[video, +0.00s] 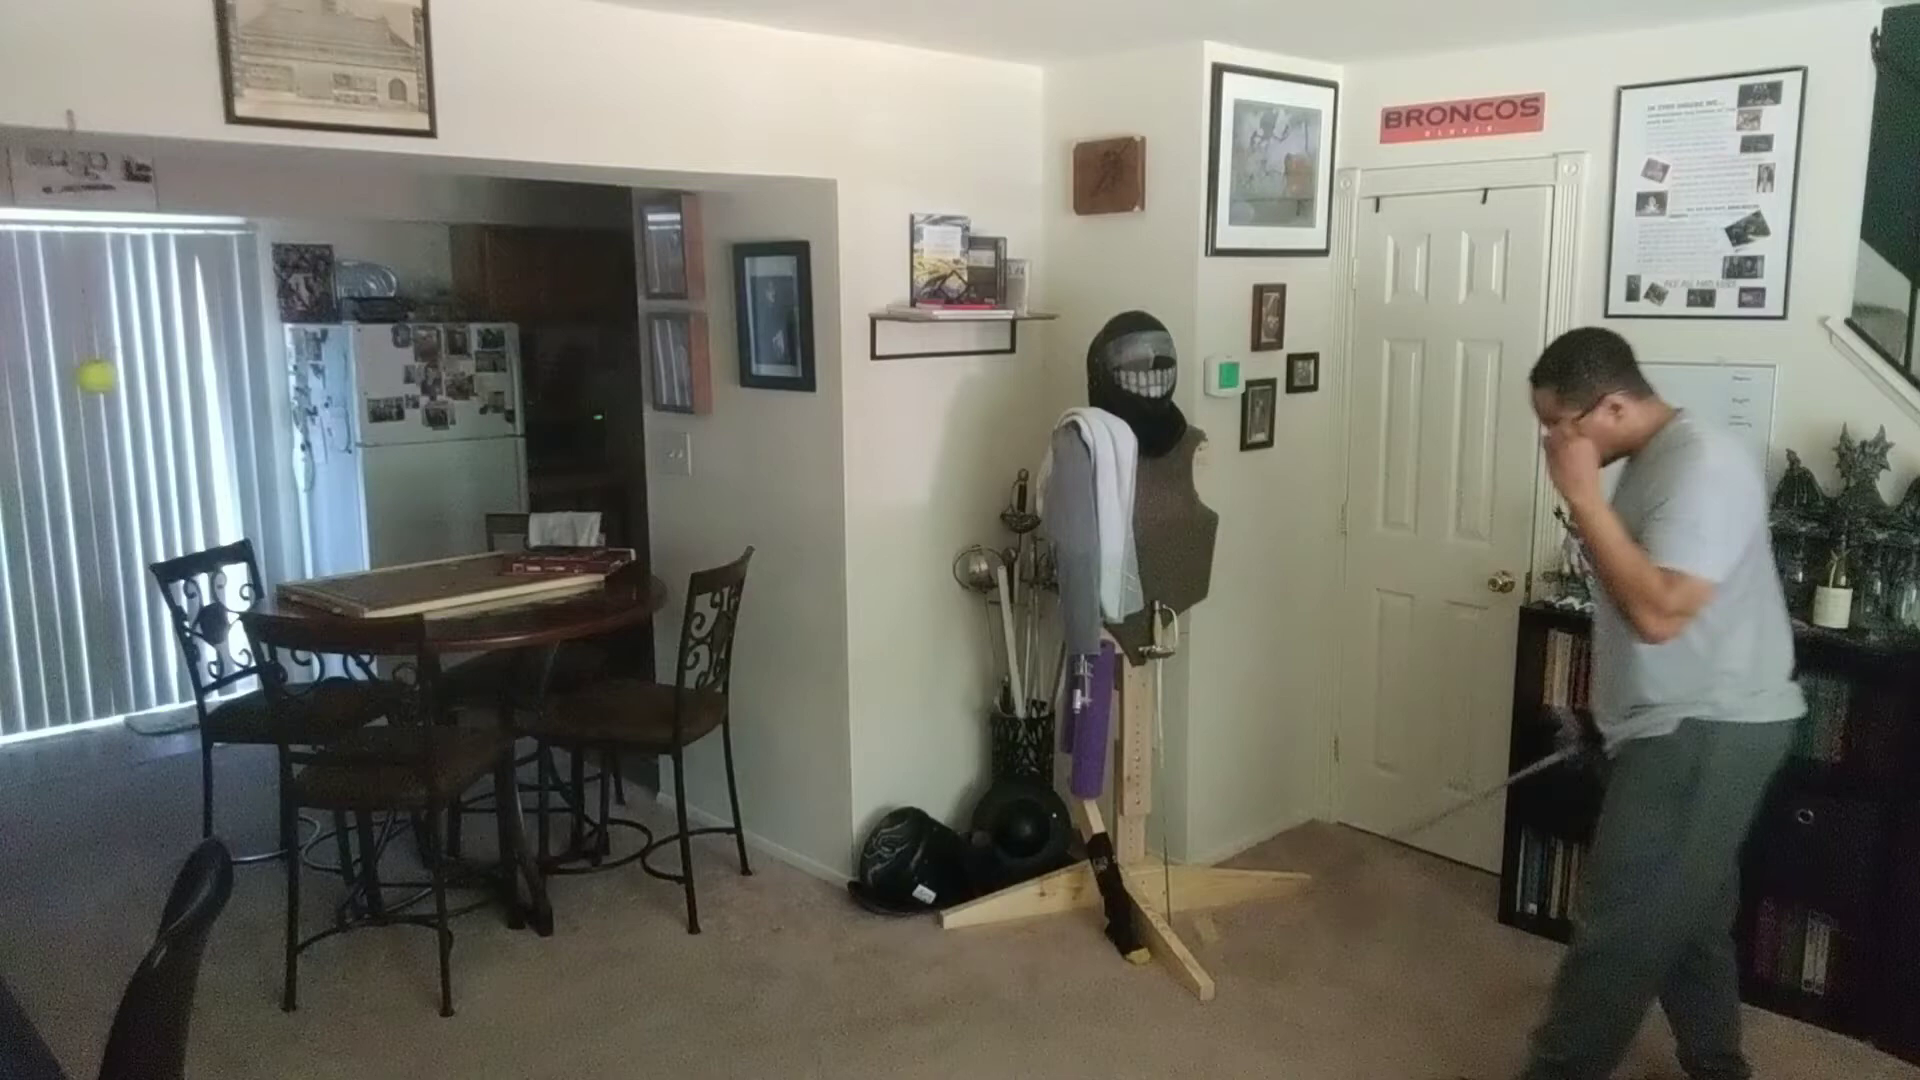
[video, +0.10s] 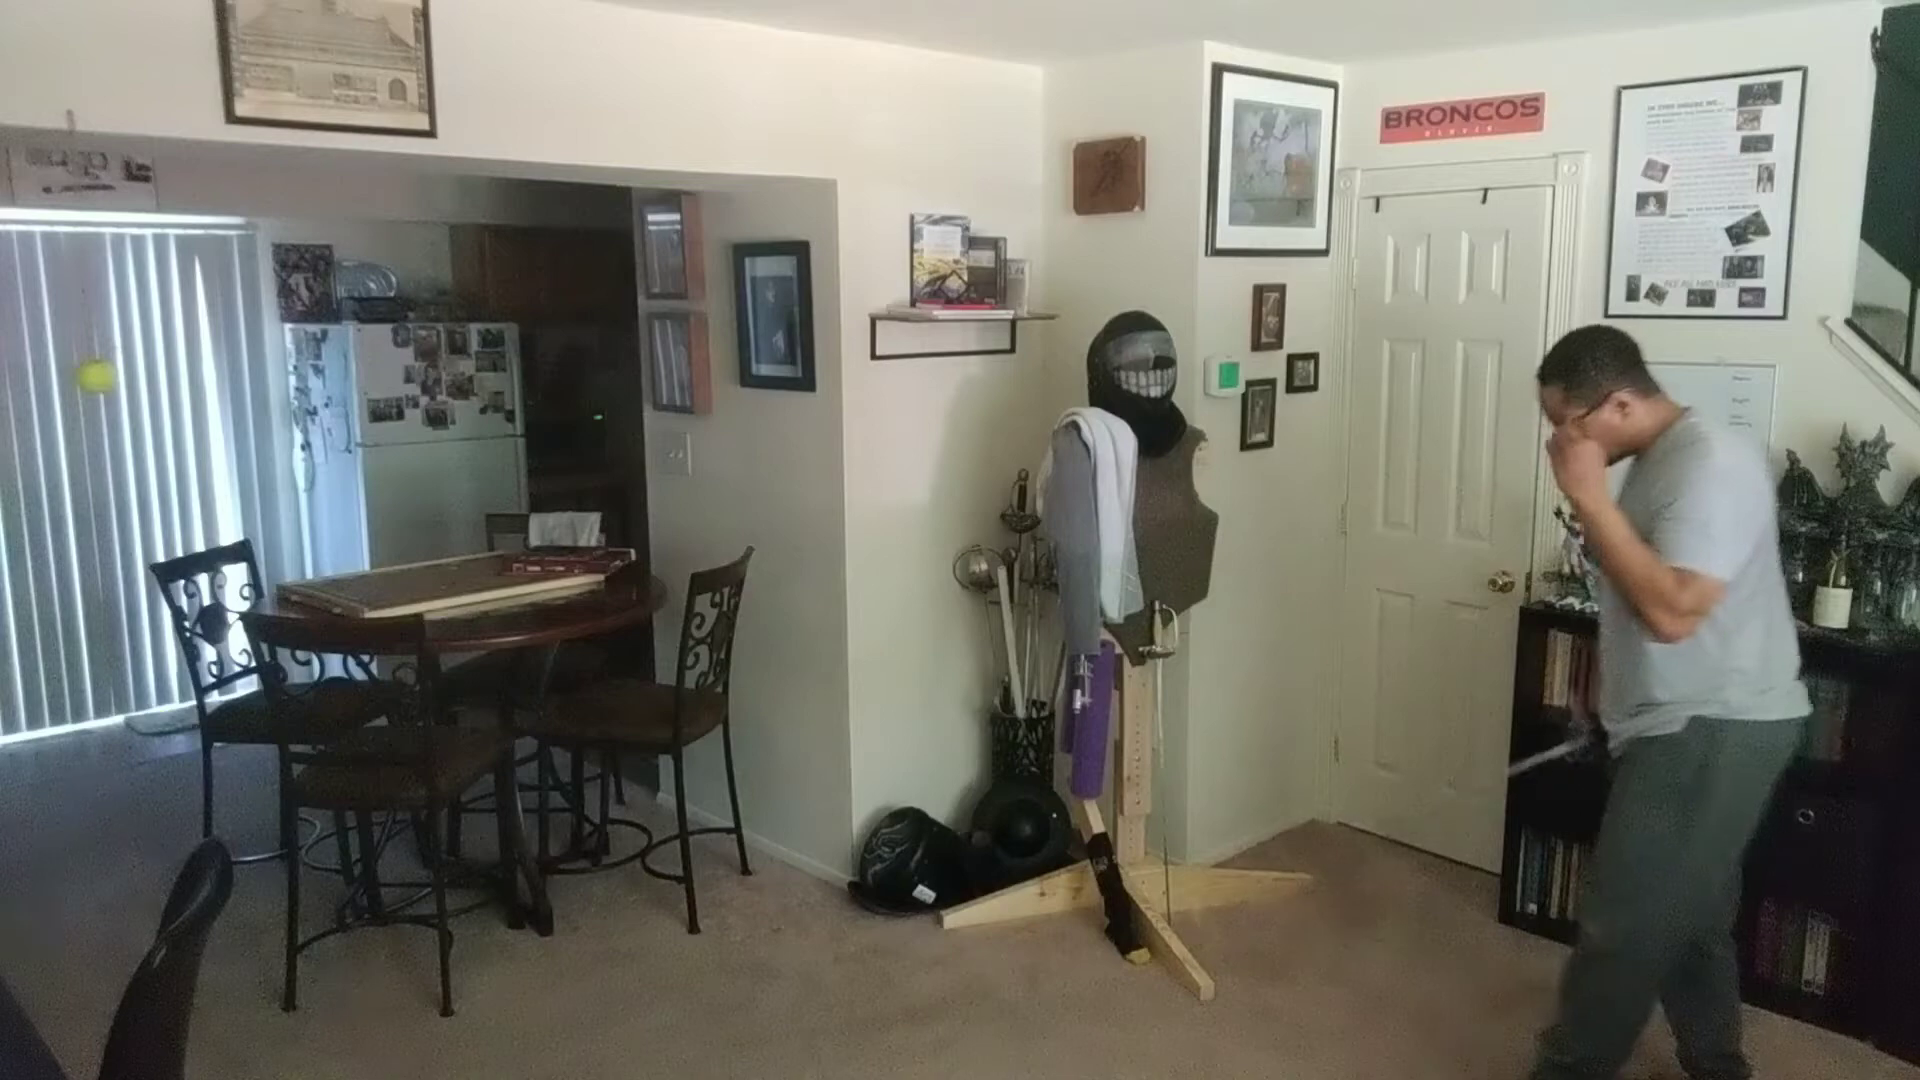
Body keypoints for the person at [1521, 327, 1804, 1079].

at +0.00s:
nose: (1553, 443)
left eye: (1558, 425)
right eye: (1548, 428)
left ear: (1610, 405)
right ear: (1613, 404)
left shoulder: (1709, 462)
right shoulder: (1642, 469)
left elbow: (1658, 612)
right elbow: (1652, 606)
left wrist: (1585, 498)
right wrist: (1612, 702)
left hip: (1710, 728)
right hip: (1671, 721)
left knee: (1620, 933)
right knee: (1691, 925)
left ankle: (1560, 1067)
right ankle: (1717, 1067)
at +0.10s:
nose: (1562, 440)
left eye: (1567, 422)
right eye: (1558, 425)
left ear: (1616, 403)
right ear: (1620, 401)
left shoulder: (1718, 460)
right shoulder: (1646, 469)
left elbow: (1673, 610)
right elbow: (1656, 601)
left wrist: (1591, 496)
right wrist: (1621, 701)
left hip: (1717, 724)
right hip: (1677, 718)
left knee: (1627, 919)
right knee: (1689, 914)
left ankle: (1573, 1063)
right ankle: (1717, 1064)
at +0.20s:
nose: (1589, 435)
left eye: (1593, 418)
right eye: (1582, 421)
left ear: (1642, 394)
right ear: (1644, 394)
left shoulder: (1736, 459)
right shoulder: (1674, 460)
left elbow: (1715, 608)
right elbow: (1679, 587)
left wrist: (1590, 521)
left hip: (1728, 722)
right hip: (1688, 714)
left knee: (1633, 919)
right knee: (1696, 915)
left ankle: (1601, 1066)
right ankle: (1719, 1064)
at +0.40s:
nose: (1615, 423)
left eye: (1621, 405)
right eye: (1608, 408)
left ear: (1678, 381)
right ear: (1678, 384)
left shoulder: (1746, 460)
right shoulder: (1700, 458)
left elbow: (1716, 603)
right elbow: (1690, 596)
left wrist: (1539, 622)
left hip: (1731, 738)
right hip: (1697, 731)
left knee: (1671, 952)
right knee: (1676, 946)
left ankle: (1673, 1070)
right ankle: (1705, 1065)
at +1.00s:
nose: (1594, 434)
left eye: (1596, 417)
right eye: (1587, 421)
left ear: (1648, 394)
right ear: (1650, 393)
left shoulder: (1732, 475)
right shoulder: (1662, 470)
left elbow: (1739, 624)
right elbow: (1591, 526)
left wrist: (1606, 715)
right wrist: (1501, 558)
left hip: (1676, 775)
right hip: (1637, 765)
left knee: (1629, 984)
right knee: (1666, 963)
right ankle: (1700, 1064)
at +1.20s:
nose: (1580, 436)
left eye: (1585, 418)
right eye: (1575, 422)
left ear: (1641, 396)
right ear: (1636, 398)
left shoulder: (1727, 484)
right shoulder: (1623, 472)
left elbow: (1761, 646)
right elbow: (1558, 529)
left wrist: (1644, 736)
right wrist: (1462, 577)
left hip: (1657, 792)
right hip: (1577, 775)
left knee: (1623, 1011)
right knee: (1571, 944)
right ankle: (1675, 1054)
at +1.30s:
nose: (1573, 435)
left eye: (1578, 418)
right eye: (1567, 421)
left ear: (1636, 397)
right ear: (1629, 399)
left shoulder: (1718, 484)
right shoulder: (1607, 475)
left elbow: (1771, 645)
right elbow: (1540, 529)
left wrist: (1650, 735)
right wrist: (1443, 582)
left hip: (1648, 791)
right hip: (1554, 774)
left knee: (1618, 1006)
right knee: (1526, 918)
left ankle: (1639, 1076)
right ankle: (1606, 1050)